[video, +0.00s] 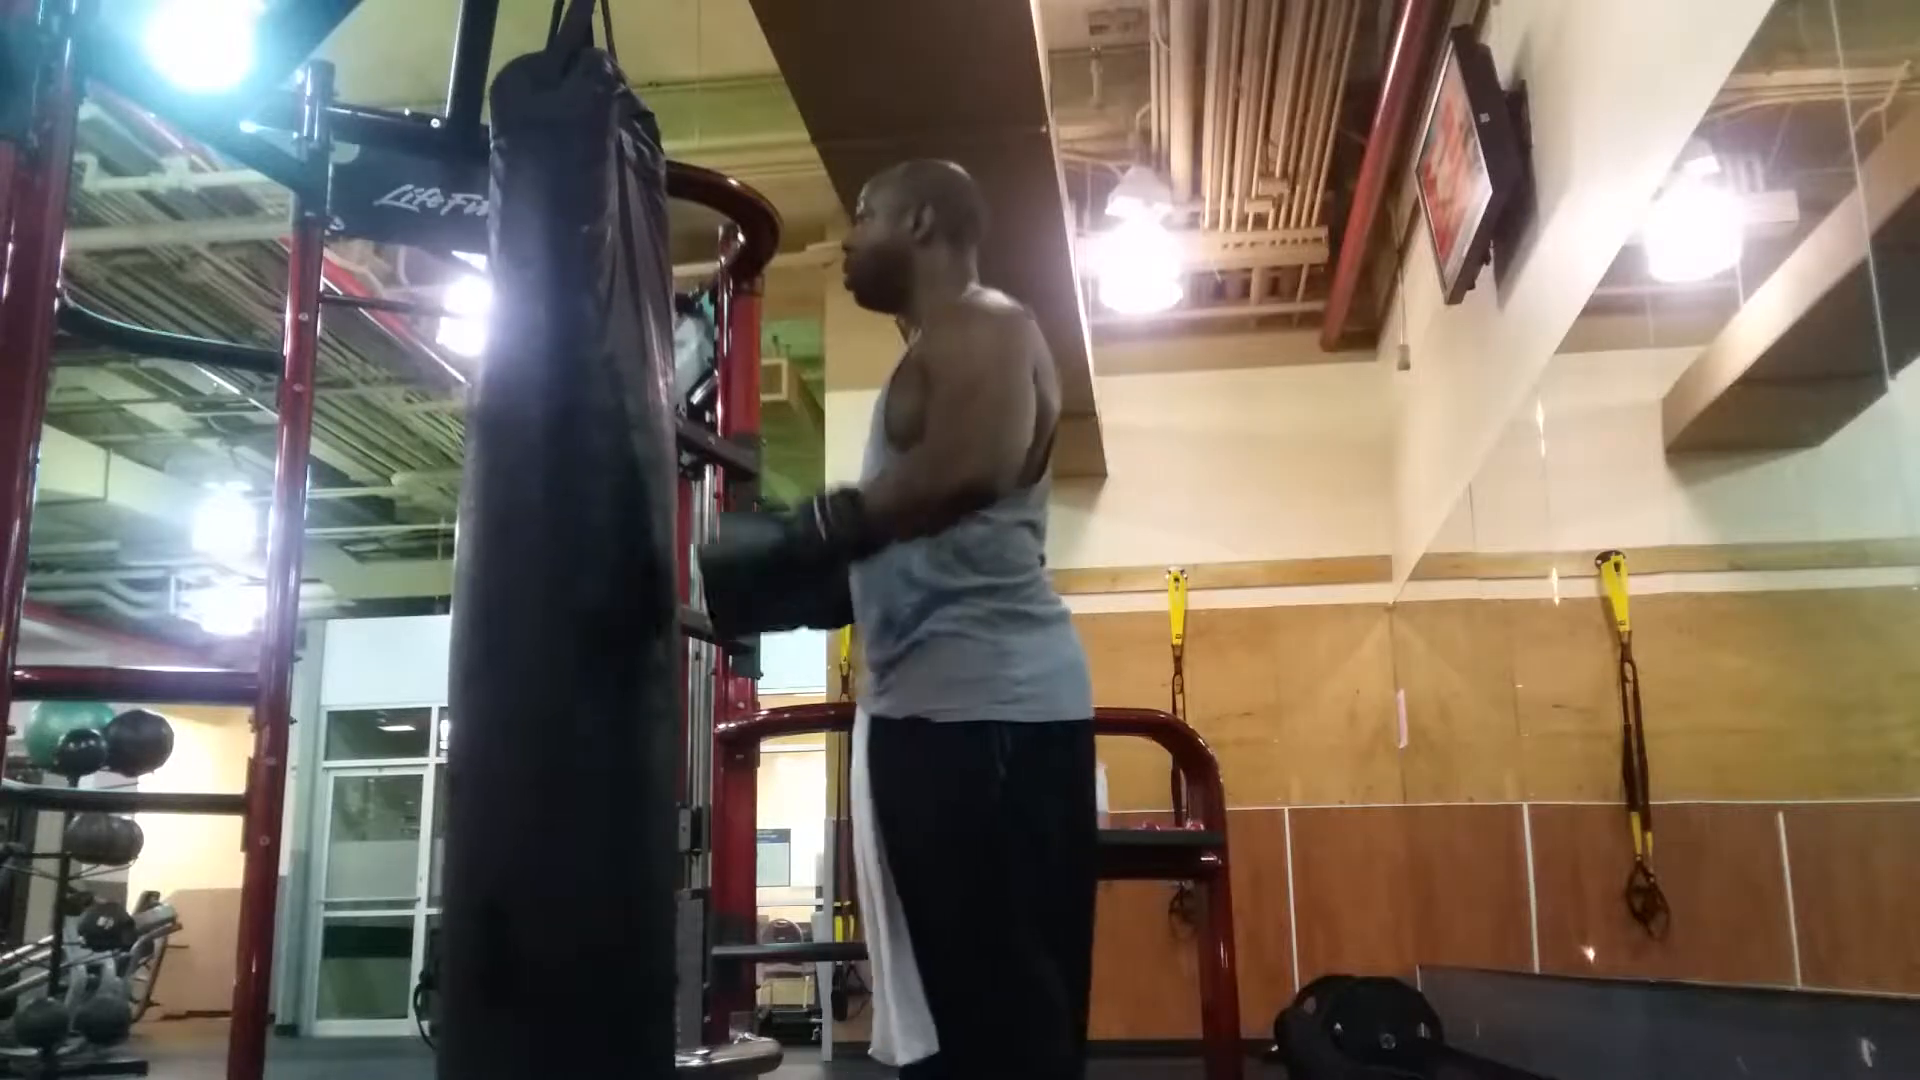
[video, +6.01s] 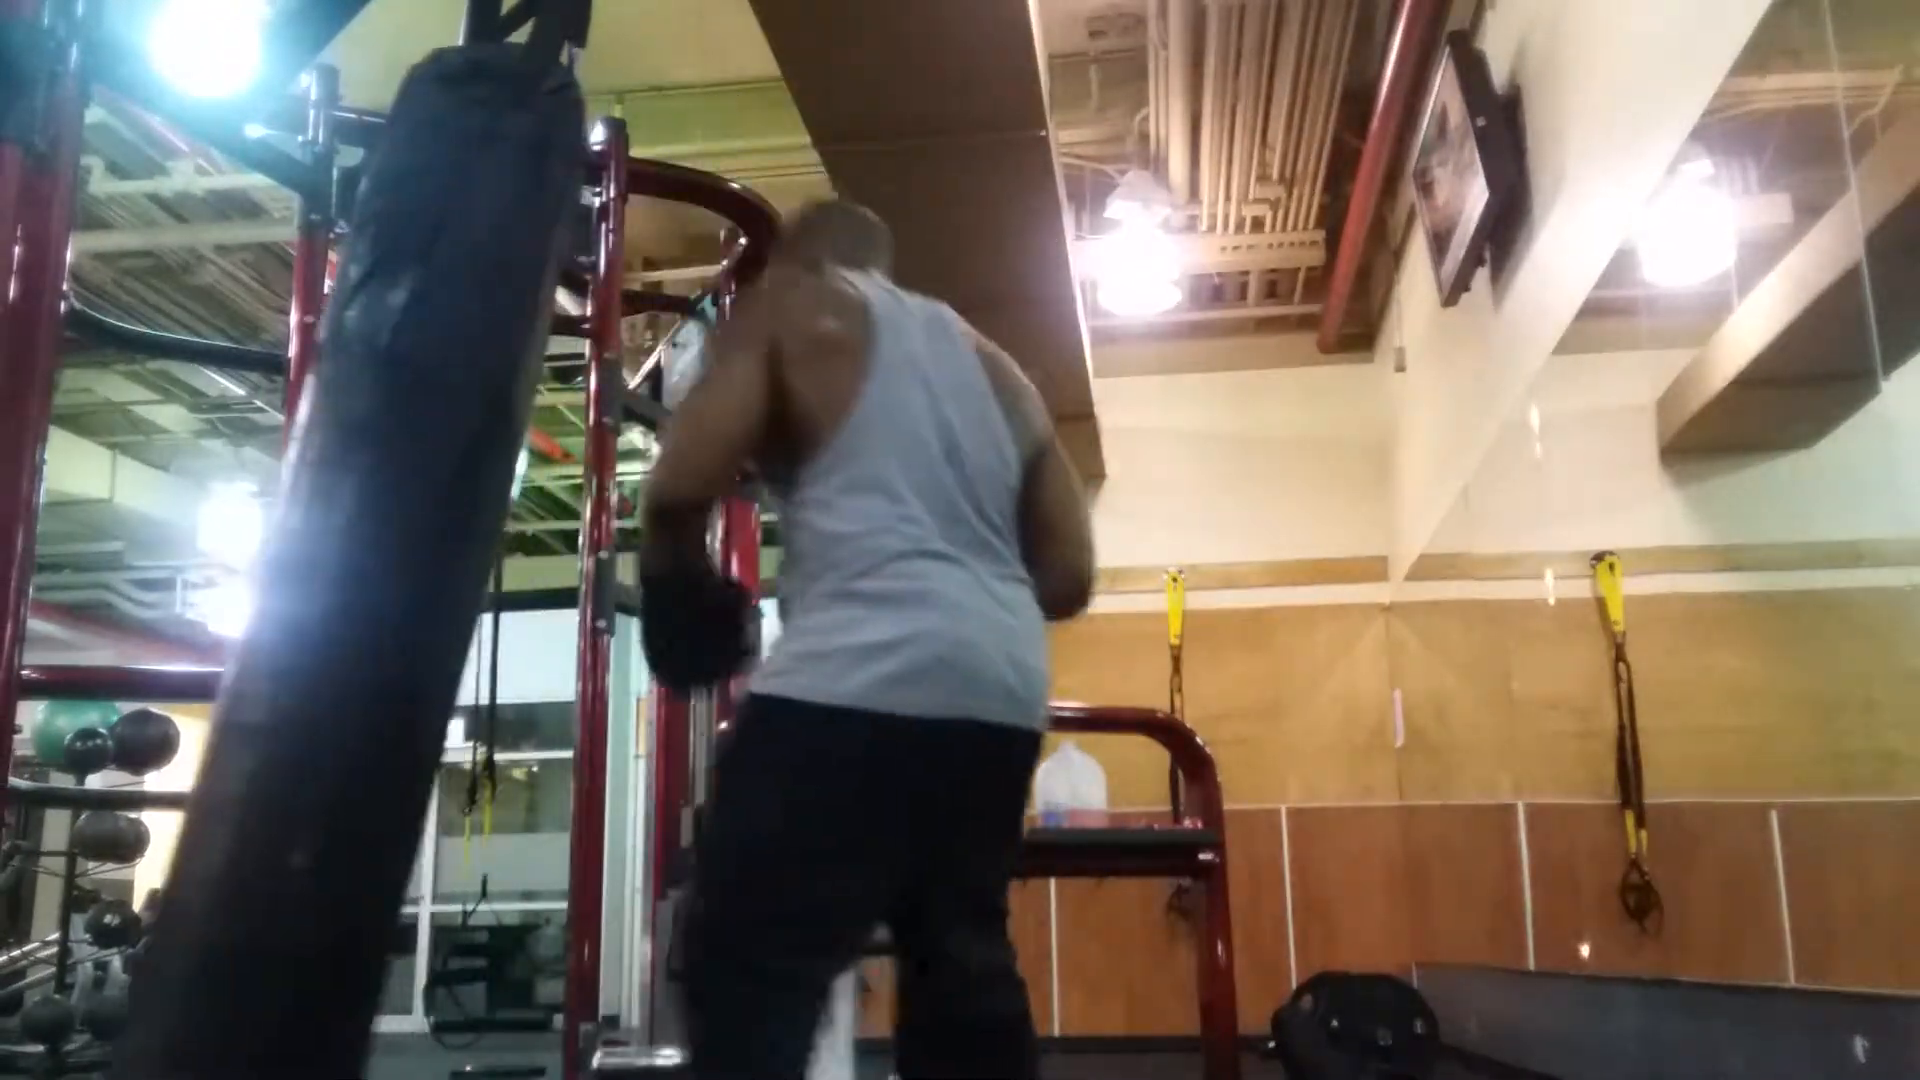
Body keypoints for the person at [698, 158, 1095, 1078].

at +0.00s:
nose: (847, 240)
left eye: (864, 216)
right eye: (854, 220)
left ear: (920, 224)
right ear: (926, 229)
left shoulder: (978, 322)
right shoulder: (935, 355)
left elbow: (974, 464)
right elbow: (913, 557)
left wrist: (815, 528)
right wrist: (775, 591)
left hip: (981, 713)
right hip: (947, 713)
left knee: (992, 1022)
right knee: (981, 1021)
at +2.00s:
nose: (836, 292)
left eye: (828, 265)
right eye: (829, 271)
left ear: (855, 240)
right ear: (913, 221)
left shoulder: (933, 296)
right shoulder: (1001, 296)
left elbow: (887, 477)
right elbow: (971, 475)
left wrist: (827, 479)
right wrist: (849, 404)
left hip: (971, 688)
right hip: (1025, 677)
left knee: (964, 1003)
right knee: (1022, 995)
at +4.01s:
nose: (811, 256)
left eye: (824, 235)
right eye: (815, 237)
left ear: (880, 234)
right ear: (895, 241)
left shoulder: (938, 313)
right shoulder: (938, 331)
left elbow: (885, 474)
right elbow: (963, 546)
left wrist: (815, 489)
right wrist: (868, 608)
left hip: (971, 699)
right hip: (978, 698)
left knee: (960, 1020)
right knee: (983, 1016)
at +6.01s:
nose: (764, 292)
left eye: (769, 276)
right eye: (767, 281)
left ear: (797, 260)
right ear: (886, 268)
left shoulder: (787, 297)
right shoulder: (996, 364)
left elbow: (678, 485)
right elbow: (1067, 573)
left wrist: (683, 595)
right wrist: (951, 606)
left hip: (846, 681)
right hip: (998, 701)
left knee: (749, 975)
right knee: (963, 957)